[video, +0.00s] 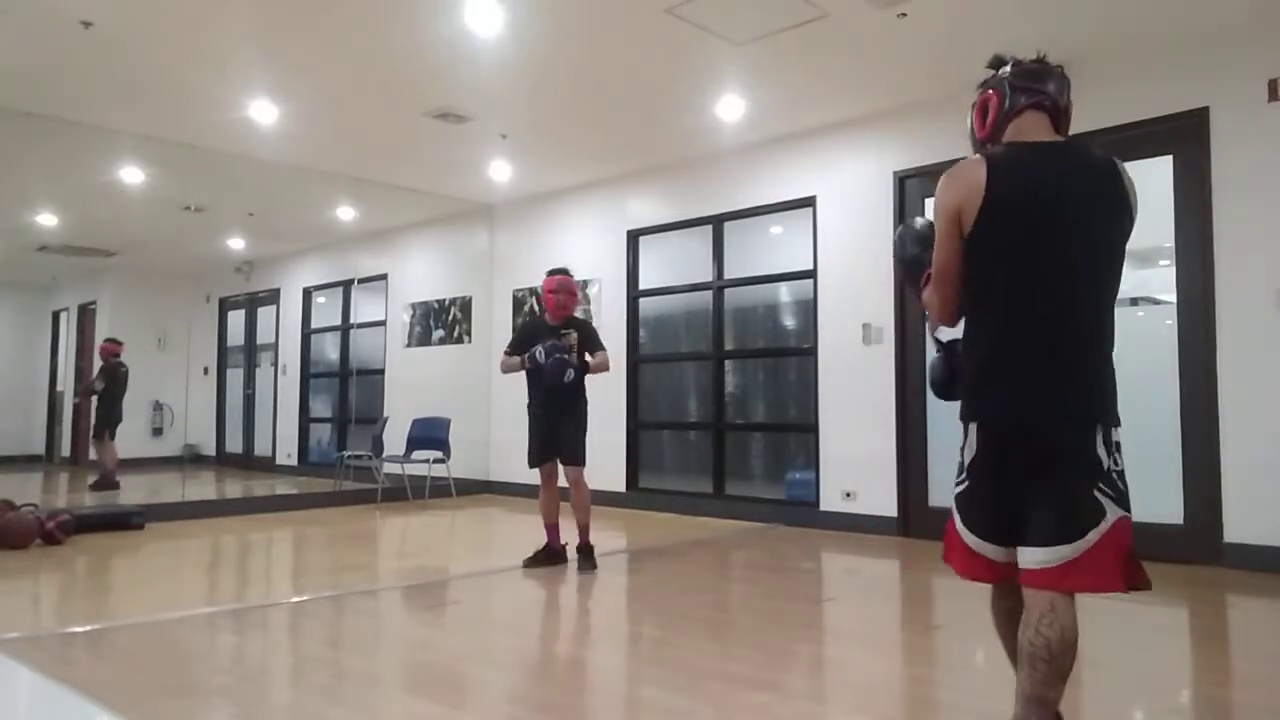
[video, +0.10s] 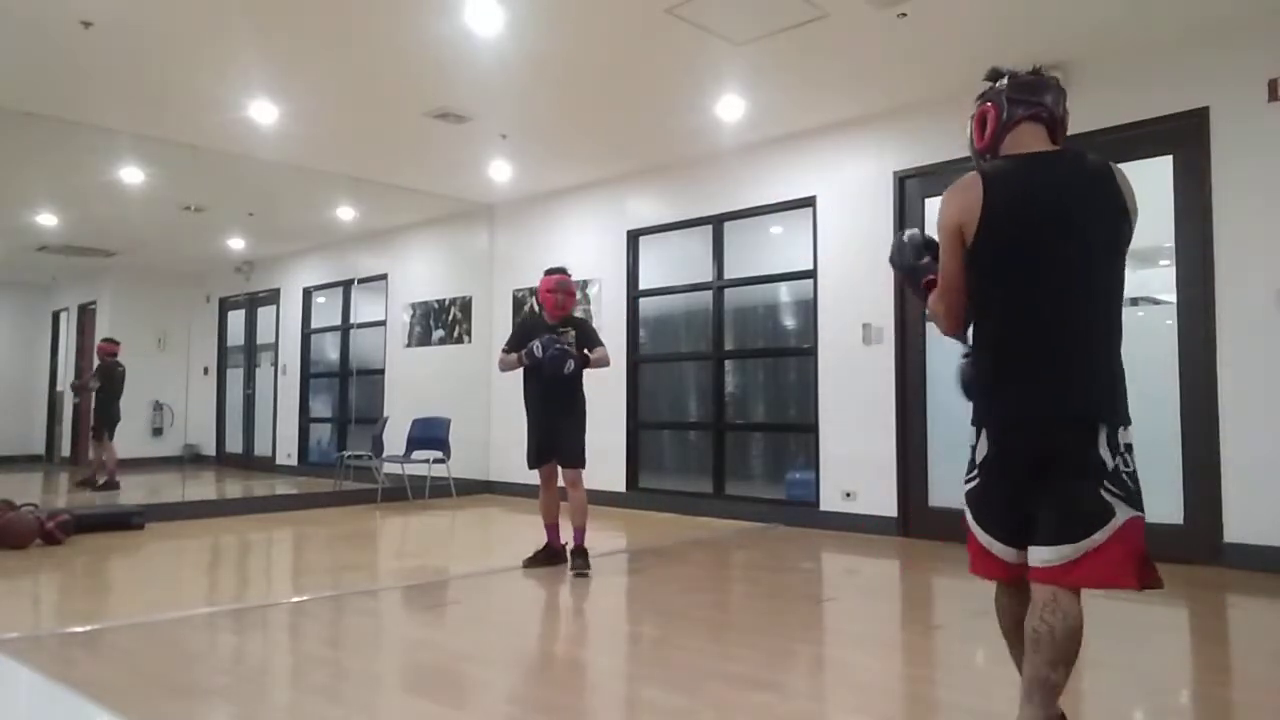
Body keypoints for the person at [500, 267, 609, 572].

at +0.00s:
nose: (559, 299)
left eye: (565, 293)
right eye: (553, 293)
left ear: (575, 297)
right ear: (543, 296)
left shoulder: (582, 328)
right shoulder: (530, 328)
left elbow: (603, 363)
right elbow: (505, 365)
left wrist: (580, 364)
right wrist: (530, 358)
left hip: (572, 410)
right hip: (541, 411)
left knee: (574, 476)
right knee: (547, 477)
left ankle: (584, 546)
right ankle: (553, 546)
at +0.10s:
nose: (558, 299)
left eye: (565, 293)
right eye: (552, 292)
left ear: (574, 296)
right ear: (540, 295)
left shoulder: (580, 327)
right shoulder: (527, 326)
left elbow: (603, 357)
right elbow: (503, 363)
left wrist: (582, 360)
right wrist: (527, 355)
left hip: (571, 413)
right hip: (539, 414)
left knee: (572, 478)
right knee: (547, 478)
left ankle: (579, 549)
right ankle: (553, 546)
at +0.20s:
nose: (557, 300)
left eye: (564, 293)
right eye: (550, 293)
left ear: (573, 295)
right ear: (539, 295)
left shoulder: (579, 326)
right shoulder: (527, 325)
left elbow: (603, 355)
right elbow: (502, 360)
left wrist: (581, 356)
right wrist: (525, 351)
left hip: (570, 413)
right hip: (539, 414)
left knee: (571, 479)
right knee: (546, 479)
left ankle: (575, 549)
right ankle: (553, 546)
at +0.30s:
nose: (558, 301)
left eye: (564, 295)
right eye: (552, 295)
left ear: (573, 296)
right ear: (540, 297)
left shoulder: (580, 325)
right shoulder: (528, 325)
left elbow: (601, 353)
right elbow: (503, 357)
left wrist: (575, 350)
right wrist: (528, 344)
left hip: (570, 412)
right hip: (539, 412)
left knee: (569, 481)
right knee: (546, 481)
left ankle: (573, 551)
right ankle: (553, 546)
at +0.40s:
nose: (559, 302)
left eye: (566, 296)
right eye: (553, 296)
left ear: (576, 298)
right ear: (544, 296)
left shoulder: (582, 325)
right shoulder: (530, 323)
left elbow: (602, 352)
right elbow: (504, 349)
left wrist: (575, 353)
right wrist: (531, 336)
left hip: (572, 411)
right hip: (540, 411)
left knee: (570, 480)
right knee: (545, 480)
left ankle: (573, 553)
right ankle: (552, 545)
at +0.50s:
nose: (563, 299)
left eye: (569, 292)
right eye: (557, 293)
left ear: (579, 295)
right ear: (547, 294)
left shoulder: (587, 324)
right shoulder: (535, 320)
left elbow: (602, 353)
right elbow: (507, 340)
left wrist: (568, 352)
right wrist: (535, 334)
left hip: (576, 412)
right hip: (543, 411)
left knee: (572, 481)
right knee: (541, 479)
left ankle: (573, 554)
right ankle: (550, 540)